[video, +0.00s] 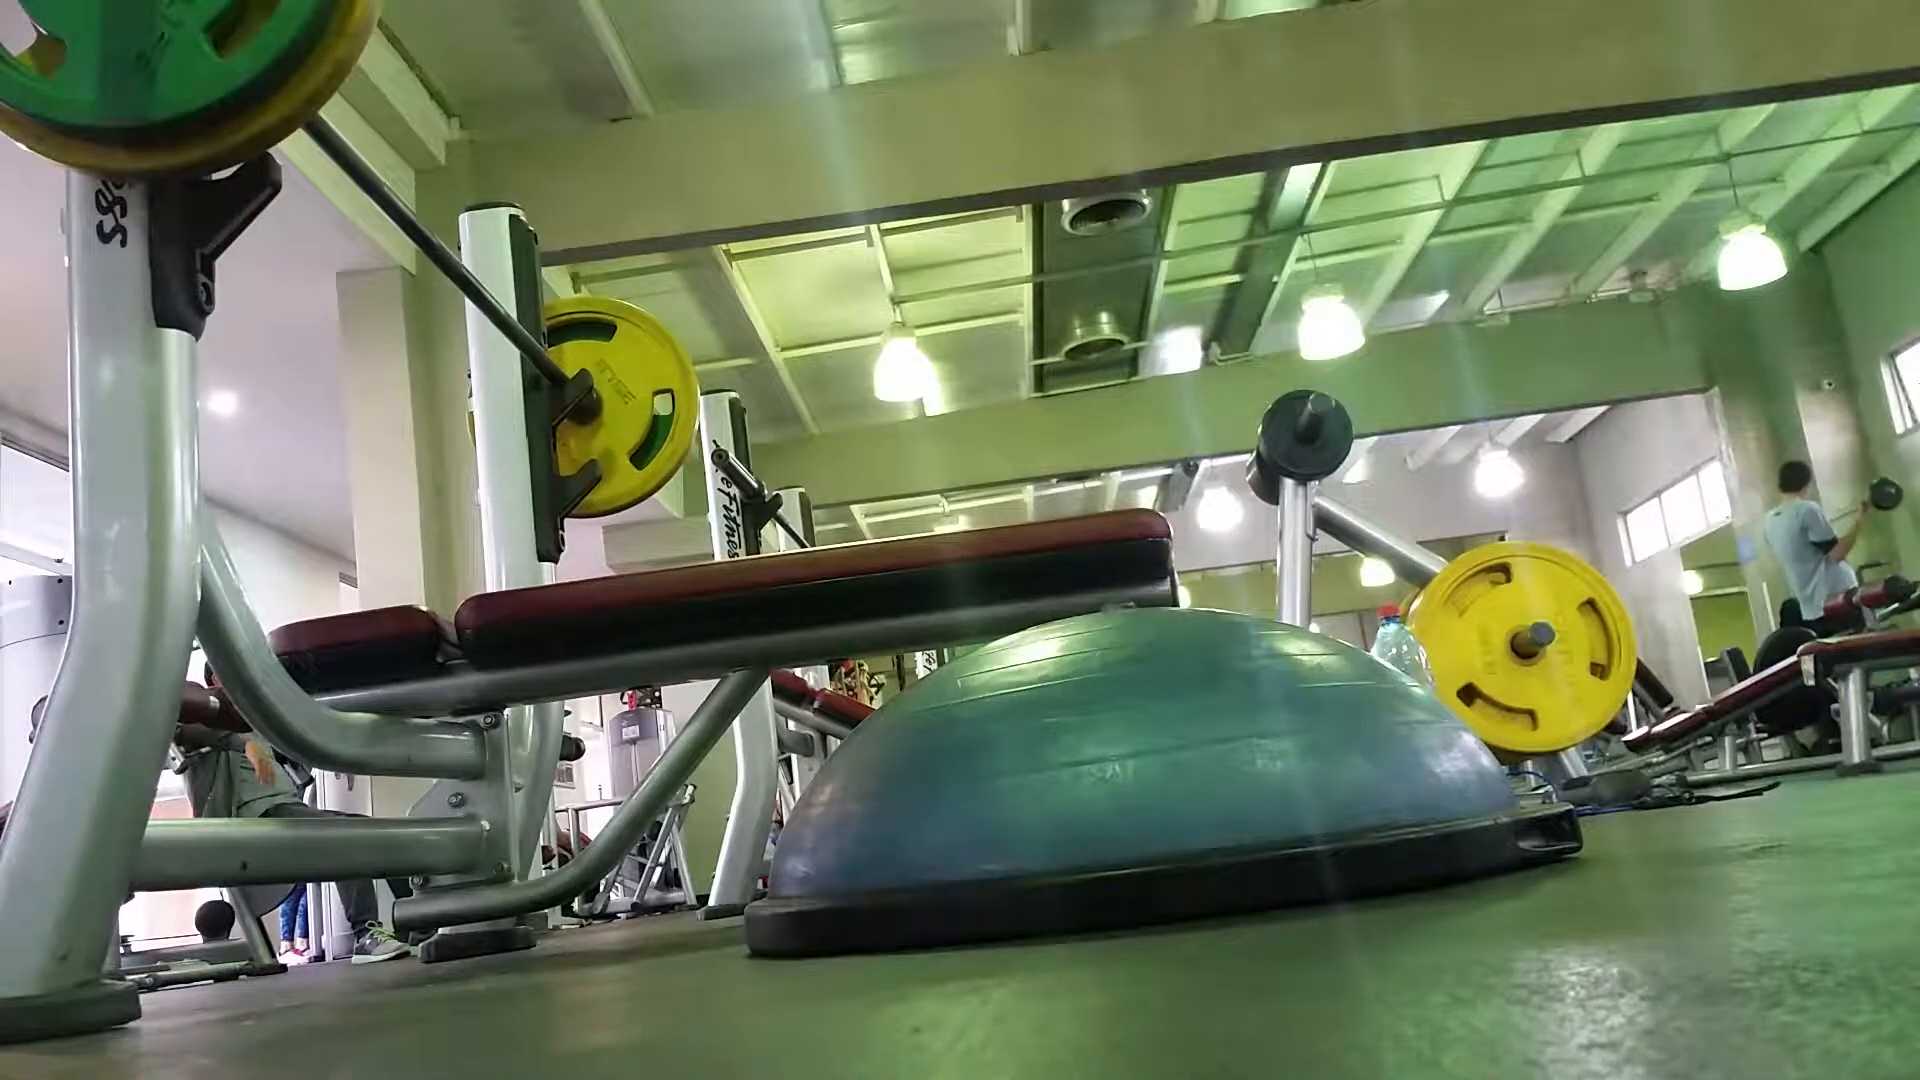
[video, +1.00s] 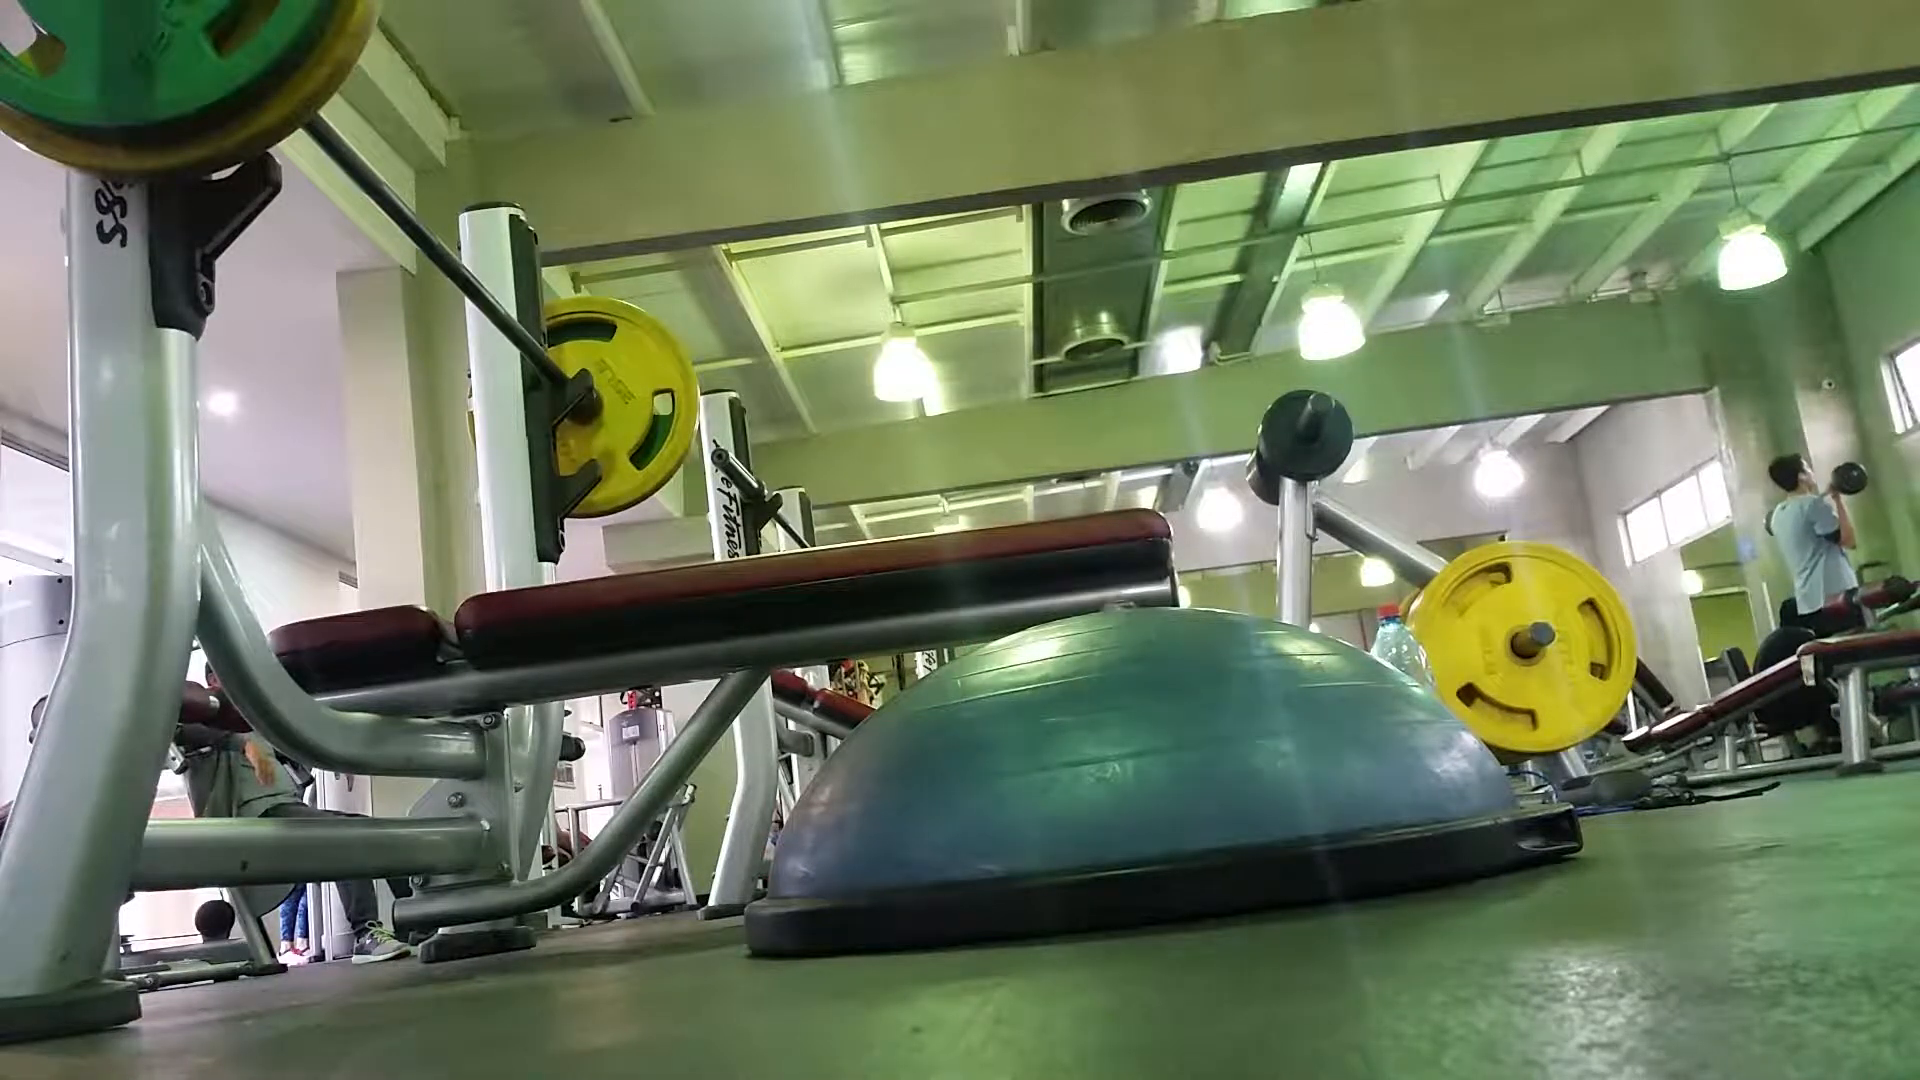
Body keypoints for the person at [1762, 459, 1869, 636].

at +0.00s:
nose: (1811, 486)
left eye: (1809, 481)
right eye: (1810, 481)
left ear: (1781, 484)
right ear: (1807, 483)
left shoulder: (1770, 520)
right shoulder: (1807, 510)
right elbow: (1837, 553)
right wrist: (1860, 521)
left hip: (1809, 611)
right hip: (1838, 606)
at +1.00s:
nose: (1813, 472)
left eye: (1809, 467)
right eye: (1808, 468)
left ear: (1783, 483)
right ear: (1801, 476)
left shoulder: (1777, 515)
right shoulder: (1813, 505)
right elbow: (1848, 540)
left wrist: (1827, 494)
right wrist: (1838, 497)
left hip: (1807, 605)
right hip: (1836, 598)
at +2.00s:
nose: (1810, 477)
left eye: (1806, 472)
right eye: (1804, 473)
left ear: (1781, 488)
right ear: (1798, 481)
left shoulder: (1775, 520)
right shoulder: (1806, 506)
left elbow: (1781, 564)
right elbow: (1815, 555)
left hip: (1808, 610)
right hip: (1835, 602)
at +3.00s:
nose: (1816, 492)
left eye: (1816, 486)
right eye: (1815, 487)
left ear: (1787, 485)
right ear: (1808, 488)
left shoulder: (1773, 520)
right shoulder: (1807, 519)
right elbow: (1838, 558)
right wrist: (1856, 537)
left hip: (1815, 606)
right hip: (1840, 603)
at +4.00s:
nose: (1829, 475)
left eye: (1825, 470)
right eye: (1824, 472)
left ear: (1803, 486)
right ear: (1819, 478)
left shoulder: (1793, 517)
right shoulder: (1832, 504)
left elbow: (1783, 564)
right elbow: (1817, 544)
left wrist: (1814, 572)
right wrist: (1854, 563)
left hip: (1810, 605)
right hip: (1839, 600)